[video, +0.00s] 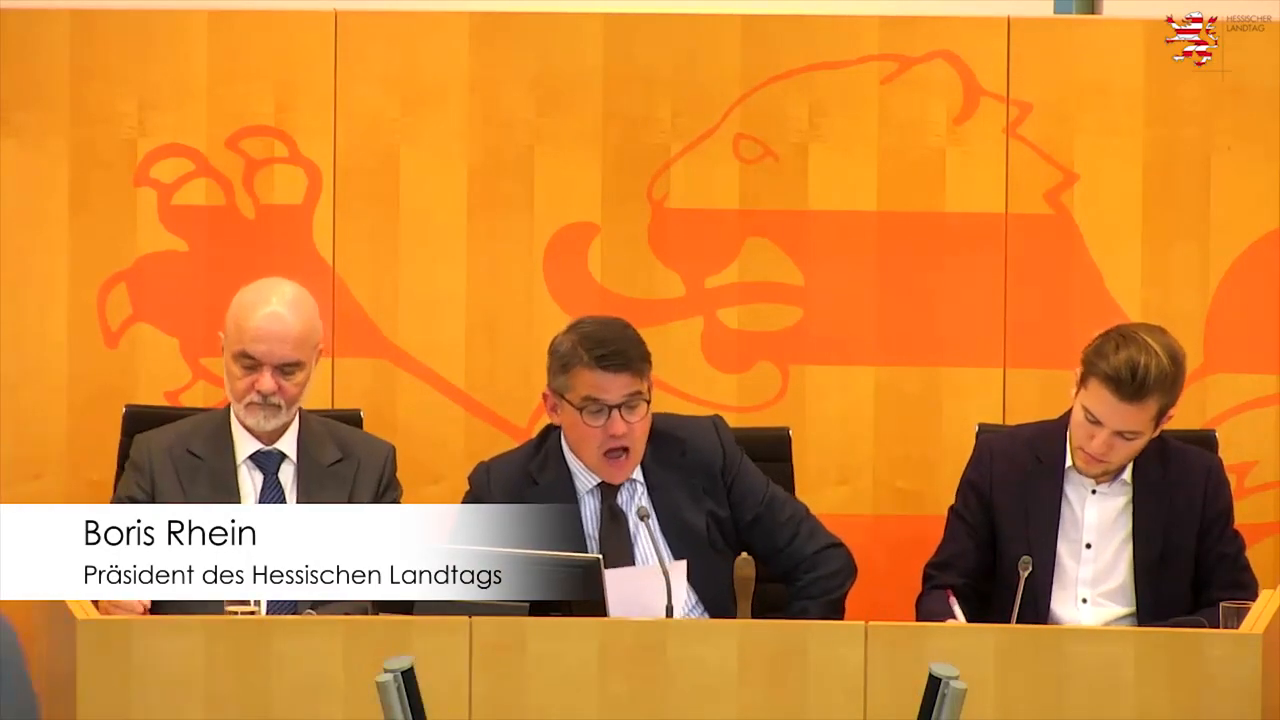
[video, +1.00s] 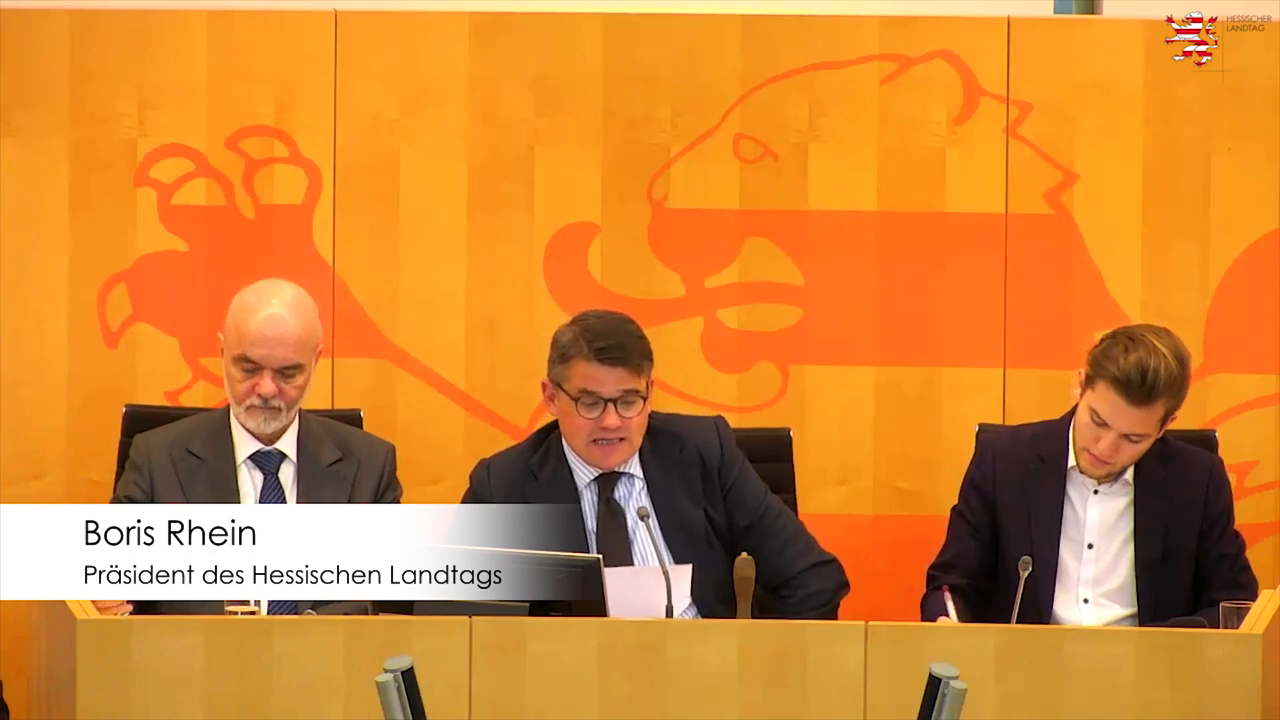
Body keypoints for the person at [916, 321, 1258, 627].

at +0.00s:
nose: (1098, 445)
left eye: (1125, 436)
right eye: (1090, 418)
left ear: (1162, 421)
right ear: (1077, 384)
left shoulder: (1198, 477)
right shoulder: (1000, 458)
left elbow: (1238, 602)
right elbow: (944, 588)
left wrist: (1161, 645)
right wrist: (960, 644)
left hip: (1147, 679)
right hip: (1022, 671)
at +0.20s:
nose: (1100, 446)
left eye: (1127, 436)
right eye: (1092, 419)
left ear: (1163, 422)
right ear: (1078, 384)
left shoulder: (1198, 477)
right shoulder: (1000, 458)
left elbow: (1238, 601)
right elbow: (945, 586)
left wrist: (1165, 644)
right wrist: (953, 637)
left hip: (1148, 679)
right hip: (1023, 671)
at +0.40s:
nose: (1101, 447)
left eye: (1128, 437)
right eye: (1093, 420)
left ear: (1163, 422)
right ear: (1078, 384)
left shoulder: (1198, 478)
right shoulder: (1001, 458)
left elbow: (1237, 601)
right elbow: (947, 584)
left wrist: (1164, 644)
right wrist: (950, 632)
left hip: (1149, 681)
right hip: (1023, 673)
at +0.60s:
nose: (1102, 447)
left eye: (1129, 437)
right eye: (1094, 419)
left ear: (1164, 423)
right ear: (1079, 384)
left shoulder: (1198, 478)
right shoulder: (1001, 458)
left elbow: (1238, 601)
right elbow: (950, 583)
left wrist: (1166, 644)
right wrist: (949, 635)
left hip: (1149, 680)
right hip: (1023, 673)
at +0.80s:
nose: (1105, 447)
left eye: (1131, 437)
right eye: (1097, 419)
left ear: (1164, 423)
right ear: (1081, 383)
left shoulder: (1199, 478)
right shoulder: (1002, 458)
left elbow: (1238, 601)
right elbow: (950, 584)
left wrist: (1166, 644)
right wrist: (951, 634)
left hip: (1150, 680)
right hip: (1024, 672)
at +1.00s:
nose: (1105, 447)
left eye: (1131, 438)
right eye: (1097, 420)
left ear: (1165, 423)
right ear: (1081, 384)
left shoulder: (1199, 478)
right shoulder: (1002, 457)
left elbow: (1238, 601)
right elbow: (953, 582)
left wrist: (1164, 644)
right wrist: (949, 630)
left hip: (1150, 681)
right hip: (1024, 672)